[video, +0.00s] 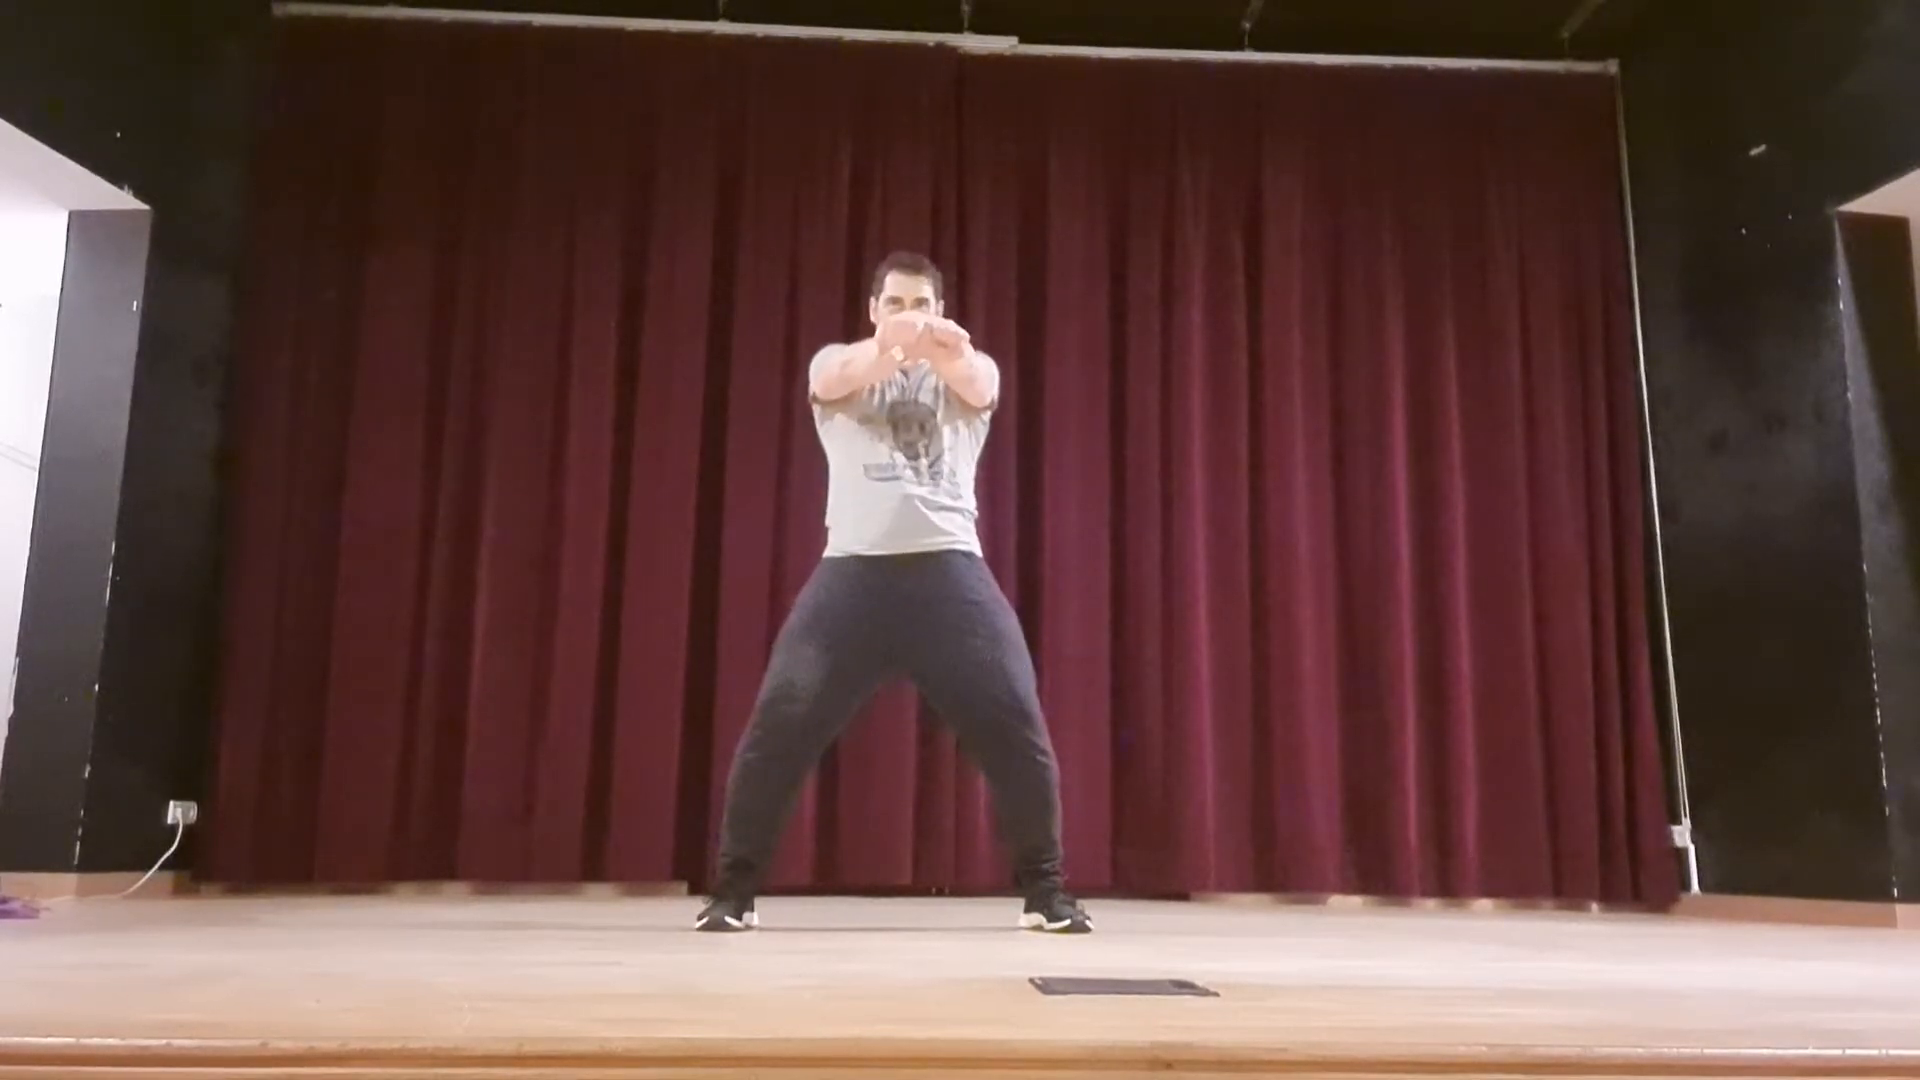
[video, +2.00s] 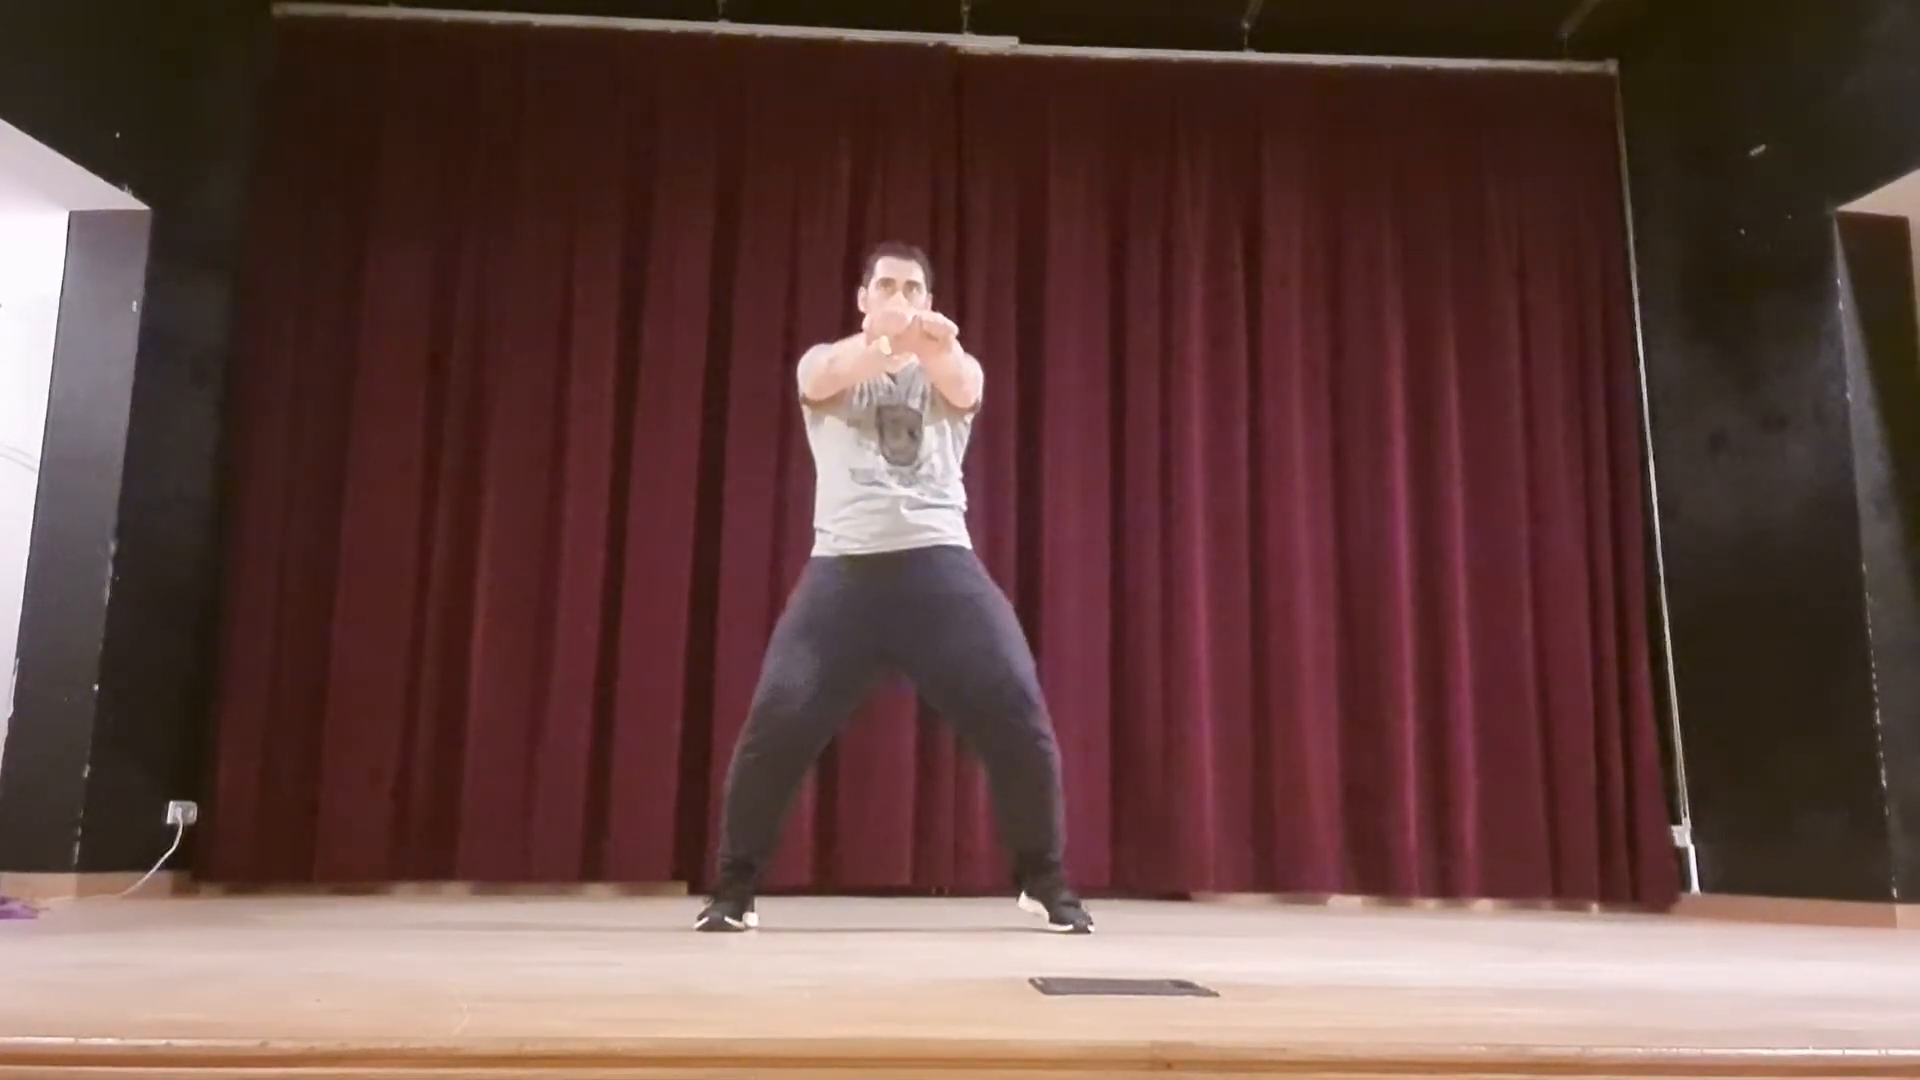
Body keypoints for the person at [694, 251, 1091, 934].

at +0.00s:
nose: (907, 315)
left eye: (920, 304)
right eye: (896, 303)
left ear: (939, 310)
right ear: (872, 308)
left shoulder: (973, 369)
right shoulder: (836, 361)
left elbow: (978, 392)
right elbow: (829, 385)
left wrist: (952, 357)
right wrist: (888, 351)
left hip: (950, 572)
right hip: (852, 572)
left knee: (1015, 721)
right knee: (783, 714)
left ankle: (1046, 891)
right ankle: (733, 893)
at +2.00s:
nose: (898, 297)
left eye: (911, 289)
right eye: (885, 286)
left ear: (929, 304)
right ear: (862, 298)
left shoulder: (952, 366)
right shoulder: (827, 358)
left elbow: (964, 391)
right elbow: (819, 383)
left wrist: (939, 346)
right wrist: (880, 349)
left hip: (941, 568)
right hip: (841, 572)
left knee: (1020, 716)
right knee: (778, 717)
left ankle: (1043, 879)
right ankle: (734, 890)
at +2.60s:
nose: (875, 297)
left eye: (889, 288)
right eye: (864, 285)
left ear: (908, 303)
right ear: (841, 297)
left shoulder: (933, 362)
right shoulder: (805, 363)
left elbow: (948, 389)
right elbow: (804, 386)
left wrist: (905, 354)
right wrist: (855, 363)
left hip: (932, 573)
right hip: (829, 578)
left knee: (1020, 715)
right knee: (768, 716)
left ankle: (1047, 875)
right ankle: (733, 891)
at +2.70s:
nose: (883, 298)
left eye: (896, 288)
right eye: (871, 286)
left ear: (916, 302)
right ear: (849, 297)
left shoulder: (941, 363)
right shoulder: (811, 362)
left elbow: (954, 389)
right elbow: (811, 385)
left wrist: (908, 352)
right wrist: (860, 360)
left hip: (934, 572)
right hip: (834, 576)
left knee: (1018, 715)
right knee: (769, 714)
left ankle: (1046, 880)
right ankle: (733, 890)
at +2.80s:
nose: (895, 289)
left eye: (909, 280)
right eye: (882, 279)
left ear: (928, 296)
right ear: (860, 294)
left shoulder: (952, 358)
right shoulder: (827, 352)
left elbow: (967, 384)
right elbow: (819, 374)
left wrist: (931, 339)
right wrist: (884, 343)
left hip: (941, 569)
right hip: (840, 569)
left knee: (1013, 714)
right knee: (768, 701)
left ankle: (1046, 885)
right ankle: (732, 880)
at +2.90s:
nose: (910, 286)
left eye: (922, 277)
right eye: (896, 277)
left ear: (943, 292)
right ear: (872, 294)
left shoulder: (969, 357)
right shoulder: (842, 349)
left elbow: (979, 383)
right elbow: (832, 373)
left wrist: (950, 336)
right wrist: (899, 334)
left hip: (950, 570)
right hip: (848, 565)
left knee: (1015, 710)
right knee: (765, 682)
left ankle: (1045, 882)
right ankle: (720, 863)